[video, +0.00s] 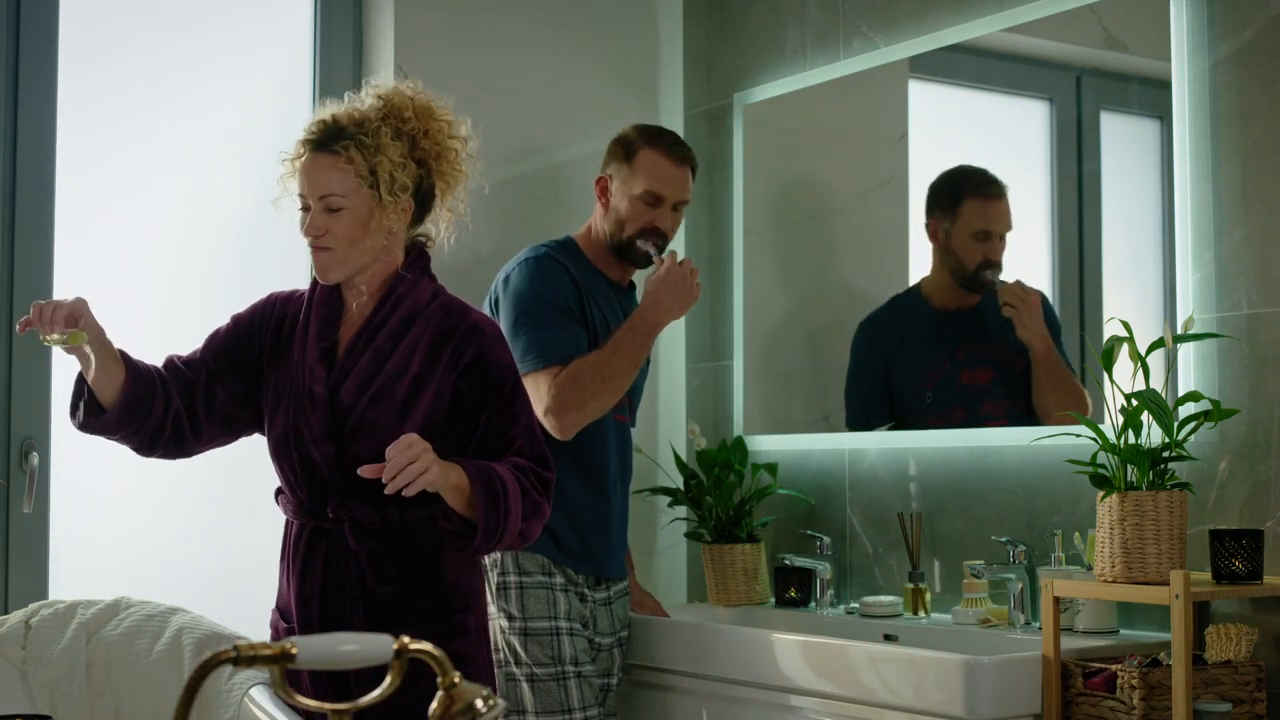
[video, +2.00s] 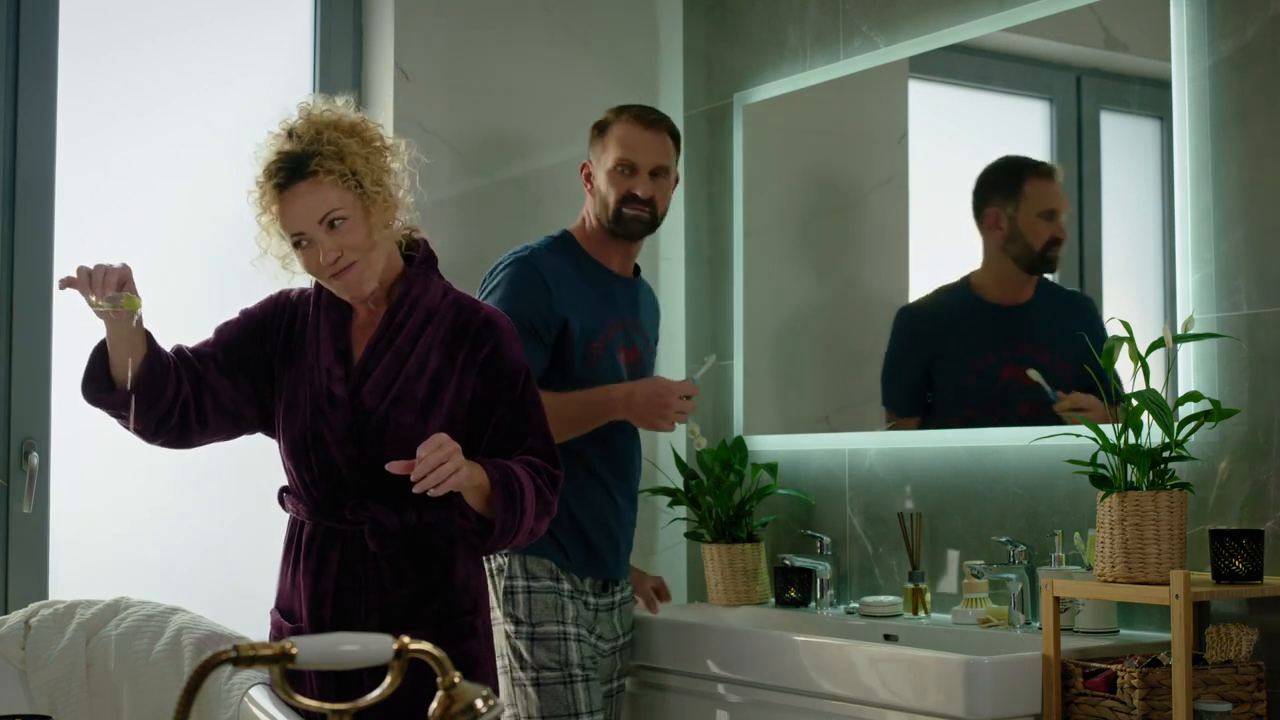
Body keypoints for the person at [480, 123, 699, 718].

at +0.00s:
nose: (665, 223)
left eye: (678, 209)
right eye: (651, 200)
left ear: (685, 210)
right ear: (605, 188)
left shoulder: (628, 303)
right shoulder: (537, 275)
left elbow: (607, 458)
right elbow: (558, 410)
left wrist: (626, 582)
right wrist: (654, 314)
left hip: (600, 579)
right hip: (535, 572)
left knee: (590, 707)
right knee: (554, 710)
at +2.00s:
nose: (641, 189)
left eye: (658, 175)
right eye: (624, 170)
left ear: (673, 186)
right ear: (588, 176)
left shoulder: (640, 300)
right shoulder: (526, 278)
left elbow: (608, 448)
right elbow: (497, 420)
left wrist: (622, 564)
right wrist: (623, 401)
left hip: (604, 573)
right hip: (535, 566)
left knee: (598, 709)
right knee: (556, 712)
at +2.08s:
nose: (631, 185)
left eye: (650, 171)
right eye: (616, 165)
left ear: (672, 186)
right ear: (586, 170)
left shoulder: (646, 298)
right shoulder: (522, 276)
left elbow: (605, 448)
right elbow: (492, 422)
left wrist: (622, 566)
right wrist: (614, 404)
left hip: (606, 578)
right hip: (534, 572)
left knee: (600, 710)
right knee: (555, 712)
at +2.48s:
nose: (609, 178)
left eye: (632, 164)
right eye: (598, 157)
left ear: (667, 178)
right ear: (579, 154)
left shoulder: (672, 296)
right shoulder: (505, 264)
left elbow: (691, 444)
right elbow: (460, 404)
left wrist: (728, 562)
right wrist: (563, 407)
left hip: (605, 568)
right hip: (509, 559)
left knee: (593, 710)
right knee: (518, 713)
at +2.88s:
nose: (602, 193)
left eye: (629, 181)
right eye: (595, 170)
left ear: (669, 188)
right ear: (581, 157)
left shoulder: (680, 302)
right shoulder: (500, 267)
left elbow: (696, 460)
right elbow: (447, 405)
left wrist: (716, 596)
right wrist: (535, 416)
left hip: (601, 577)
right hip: (498, 563)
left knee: (592, 710)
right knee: (502, 713)